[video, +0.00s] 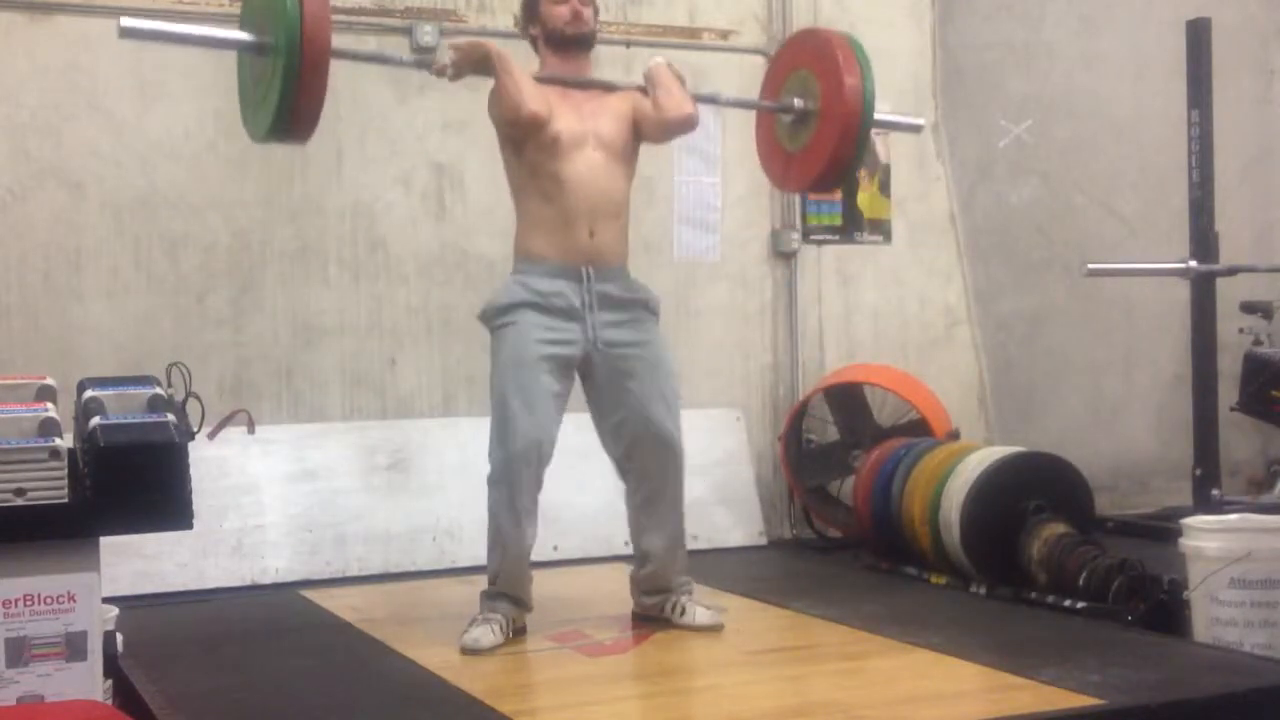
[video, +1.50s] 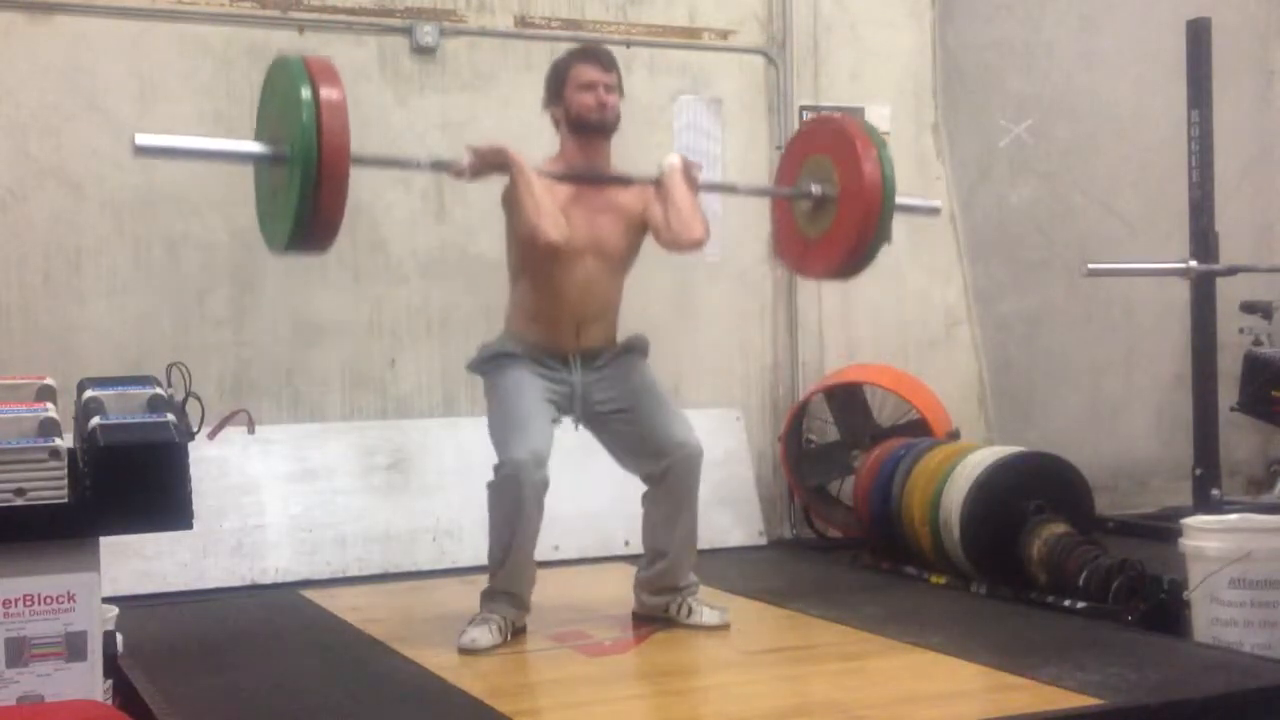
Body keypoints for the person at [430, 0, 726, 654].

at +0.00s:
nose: (578, 6)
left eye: (586, 1)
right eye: (561, 1)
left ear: (597, 23)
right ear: (535, 21)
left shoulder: (627, 102)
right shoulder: (520, 94)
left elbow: (681, 115)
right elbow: (527, 114)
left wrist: (656, 65)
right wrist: (494, 54)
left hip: (620, 300)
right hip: (537, 297)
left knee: (658, 438)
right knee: (520, 446)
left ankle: (661, 592)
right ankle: (504, 603)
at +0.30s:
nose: (585, 78)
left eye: (593, 70)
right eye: (569, 69)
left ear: (604, 87)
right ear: (542, 86)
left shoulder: (630, 165)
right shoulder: (526, 161)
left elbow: (682, 182)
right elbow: (530, 182)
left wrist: (664, 138)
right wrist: (500, 126)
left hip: (615, 352)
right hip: (533, 351)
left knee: (690, 455)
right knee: (513, 465)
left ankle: (664, 593)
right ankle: (502, 606)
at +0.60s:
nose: (597, 210)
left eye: (606, 202)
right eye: (583, 201)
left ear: (616, 217)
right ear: (554, 219)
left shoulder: (637, 295)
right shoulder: (530, 294)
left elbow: (689, 319)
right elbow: (543, 328)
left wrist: (669, 268)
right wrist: (511, 265)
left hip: (614, 457)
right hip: (538, 458)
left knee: (702, 473)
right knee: (510, 492)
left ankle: (662, 597)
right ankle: (505, 610)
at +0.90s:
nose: (603, 254)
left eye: (612, 244)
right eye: (589, 243)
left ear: (623, 257)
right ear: (558, 261)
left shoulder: (641, 343)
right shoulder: (532, 341)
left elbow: (694, 377)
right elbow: (550, 387)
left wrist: (674, 317)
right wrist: (515, 316)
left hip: (625, 511)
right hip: (550, 514)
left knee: (708, 478)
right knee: (504, 491)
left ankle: (662, 597)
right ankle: (504, 612)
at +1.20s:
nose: (609, 171)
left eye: (617, 161)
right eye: (594, 161)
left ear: (627, 174)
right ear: (564, 177)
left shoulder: (643, 261)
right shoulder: (536, 256)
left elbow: (693, 307)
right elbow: (552, 311)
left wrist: (676, 238)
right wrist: (517, 235)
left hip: (610, 414)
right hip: (531, 414)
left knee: (684, 465)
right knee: (539, 477)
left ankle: (663, 596)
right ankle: (505, 609)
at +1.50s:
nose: (602, 96)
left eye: (610, 88)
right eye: (586, 88)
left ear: (621, 105)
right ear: (557, 106)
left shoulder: (640, 193)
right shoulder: (531, 185)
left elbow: (689, 234)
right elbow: (549, 234)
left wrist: (673, 170)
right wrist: (514, 160)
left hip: (609, 364)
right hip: (527, 363)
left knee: (680, 454)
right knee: (522, 464)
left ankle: (664, 594)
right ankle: (503, 608)